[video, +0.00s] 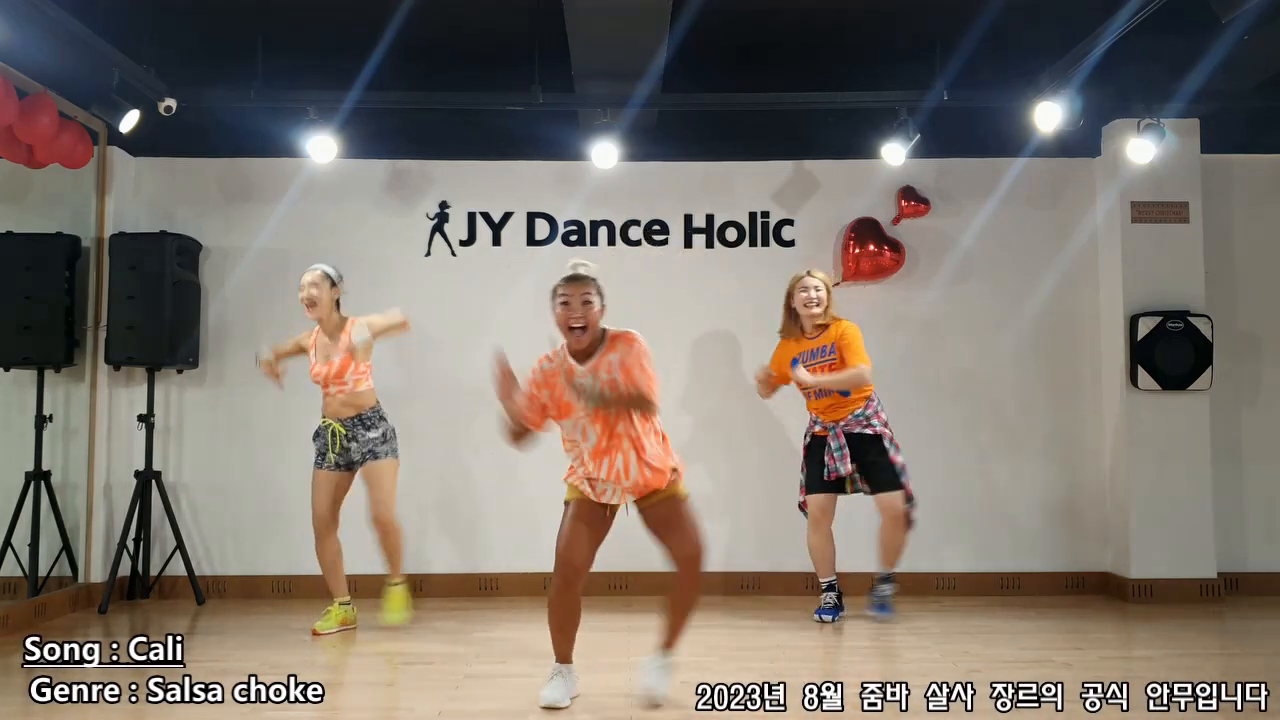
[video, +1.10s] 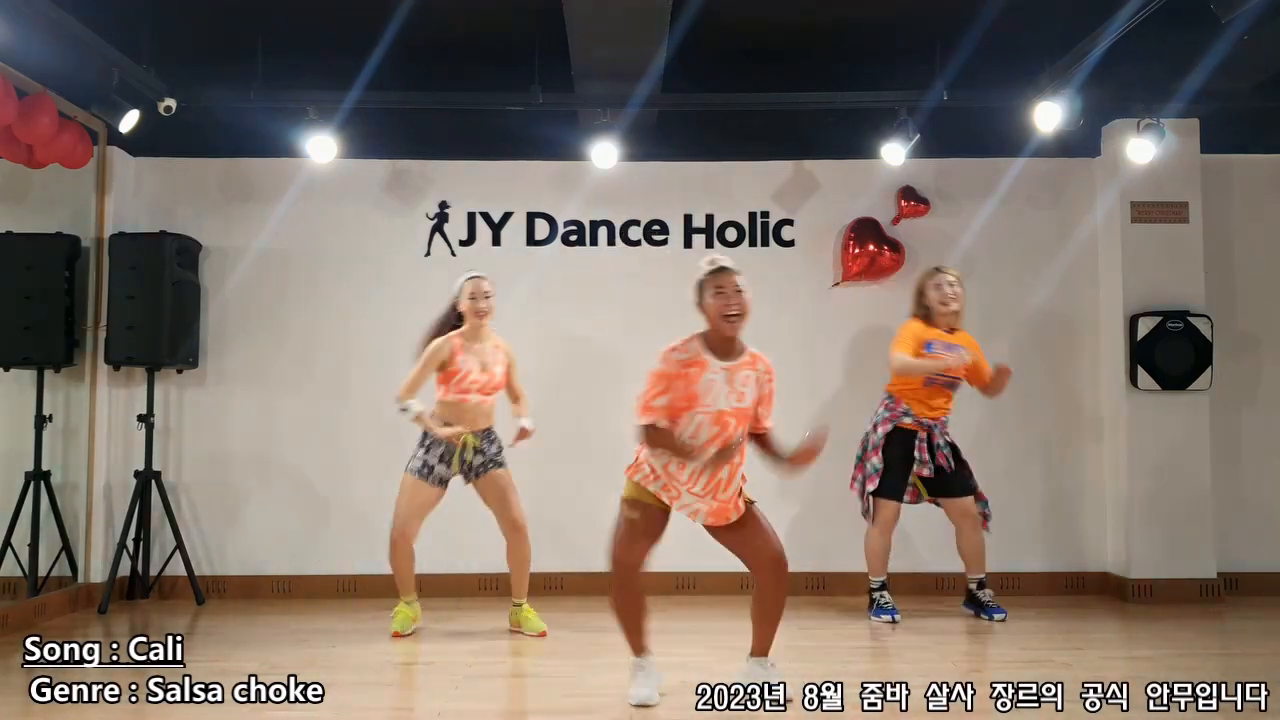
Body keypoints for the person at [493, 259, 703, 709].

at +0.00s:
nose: (576, 310)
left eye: (586, 300)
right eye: (566, 302)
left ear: (602, 308)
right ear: (554, 312)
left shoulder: (627, 346)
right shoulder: (547, 369)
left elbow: (647, 400)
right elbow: (520, 435)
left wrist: (595, 395)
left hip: (649, 468)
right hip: (592, 475)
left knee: (691, 556)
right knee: (566, 569)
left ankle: (663, 657)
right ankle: (562, 670)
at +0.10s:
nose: (569, 308)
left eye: (578, 298)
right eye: (558, 300)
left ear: (592, 306)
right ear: (545, 312)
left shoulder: (614, 343)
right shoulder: (533, 363)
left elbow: (604, 332)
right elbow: (468, 377)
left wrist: (552, 300)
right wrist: (459, 328)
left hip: (653, 461)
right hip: (597, 474)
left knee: (719, 543)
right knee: (567, 563)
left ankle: (728, 640)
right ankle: (563, 670)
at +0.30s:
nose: (567, 310)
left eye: (578, 299)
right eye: (557, 300)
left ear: (595, 305)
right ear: (548, 306)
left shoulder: (618, 343)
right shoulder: (539, 354)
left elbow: (638, 338)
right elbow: (470, 362)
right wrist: (463, 324)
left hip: (651, 463)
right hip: (594, 479)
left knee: (721, 555)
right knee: (567, 570)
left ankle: (755, 640)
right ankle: (564, 670)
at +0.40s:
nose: (587, 306)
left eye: (598, 296)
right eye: (577, 297)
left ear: (613, 304)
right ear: (566, 307)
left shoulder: (641, 351)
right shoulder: (550, 363)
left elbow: (688, 408)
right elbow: (515, 417)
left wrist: (650, 399)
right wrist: (518, 405)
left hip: (647, 472)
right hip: (587, 484)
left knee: (720, 546)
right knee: (562, 567)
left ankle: (711, 645)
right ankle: (562, 670)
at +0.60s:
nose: (632, 279)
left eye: (641, 270)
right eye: (622, 273)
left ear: (658, 279)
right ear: (611, 284)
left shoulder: (687, 336)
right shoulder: (595, 340)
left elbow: (724, 397)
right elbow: (570, 414)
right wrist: (577, 403)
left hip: (671, 451)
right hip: (614, 454)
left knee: (706, 553)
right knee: (589, 555)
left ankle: (696, 660)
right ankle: (573, 665)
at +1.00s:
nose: (704, 296)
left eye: (711, 288)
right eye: (693, 288)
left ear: (723, 298)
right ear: (676, 300)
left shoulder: (738, 363)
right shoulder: (649, 358)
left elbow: (748, 423)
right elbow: (606, 419)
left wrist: (742, 430)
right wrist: (643, 424)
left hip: (710, 482)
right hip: (650, 480)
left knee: (775, 553)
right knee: (641, 564)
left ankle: (762, 656)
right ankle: (648, 668)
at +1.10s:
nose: (732, 301)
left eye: (738, 292)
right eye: (720, 294)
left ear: (748, 302)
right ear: (701, 307)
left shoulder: (758, 368)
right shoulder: (677, 359)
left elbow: (758, 430)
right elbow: (651, 430)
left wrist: (785, 458)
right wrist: (693, 453)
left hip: (717, 486)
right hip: (658, 479)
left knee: (772, 563)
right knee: (624, 560)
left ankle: (758, 665)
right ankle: (641, 663)